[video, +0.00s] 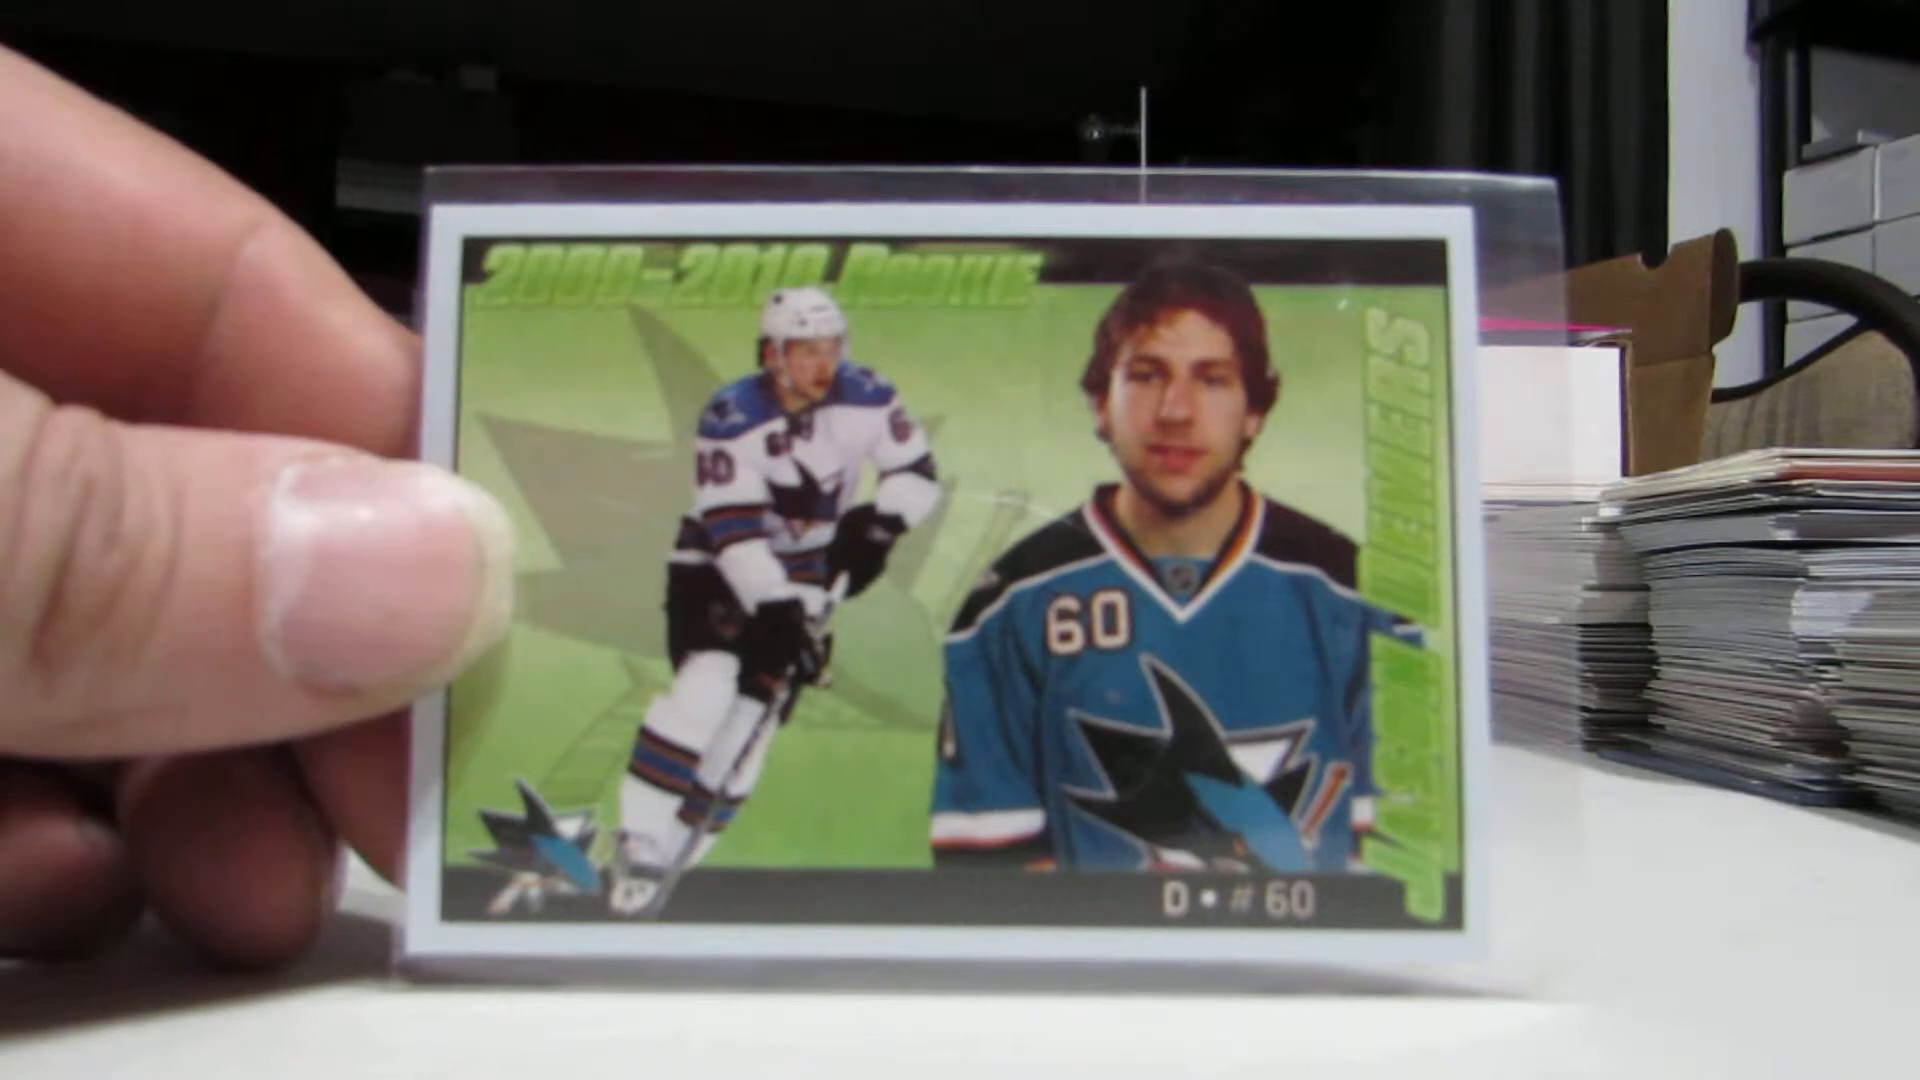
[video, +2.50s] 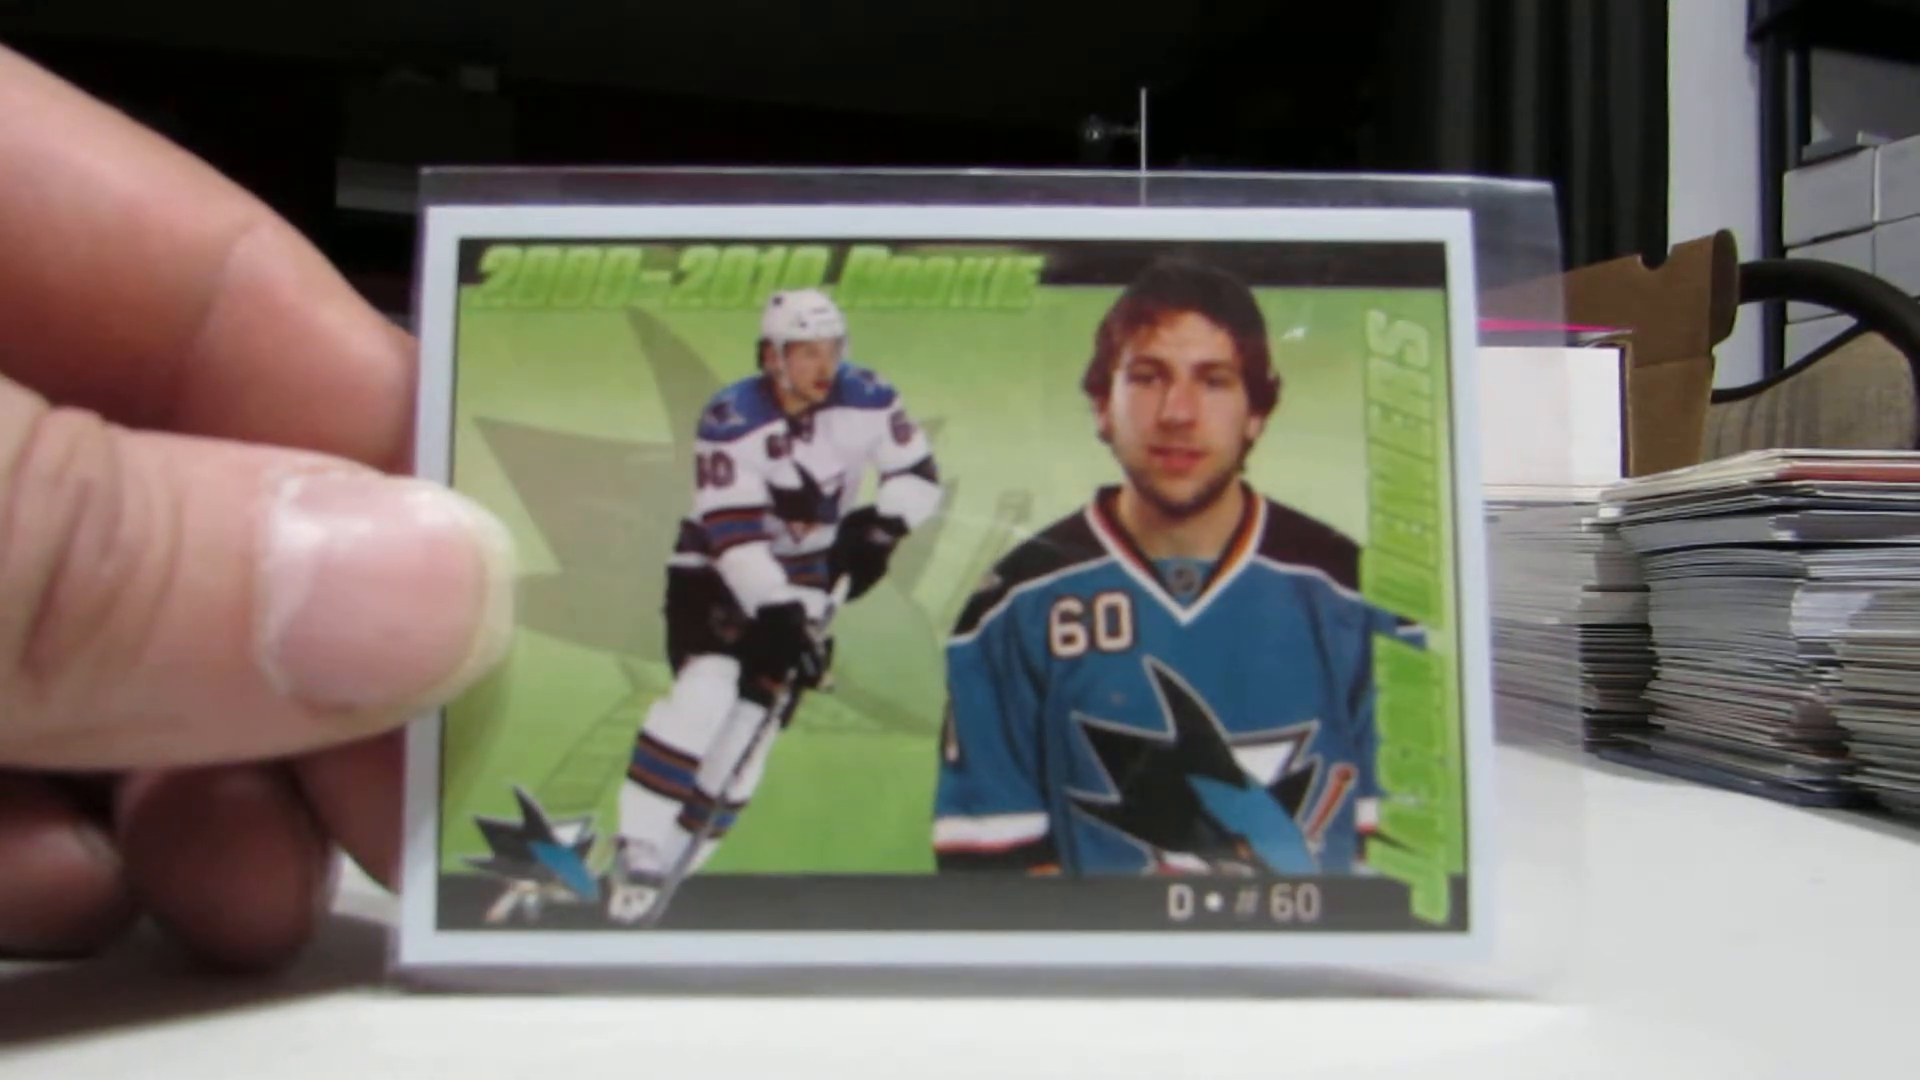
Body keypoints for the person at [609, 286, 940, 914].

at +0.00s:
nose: (822, 365)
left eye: (830, 351)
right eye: (805, 352)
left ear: (842, 350)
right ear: (772, 356)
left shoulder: (867, 399)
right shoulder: (732, 416)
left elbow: (916, 474)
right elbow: (732, 524)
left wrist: (877, 527)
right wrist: (775, 605)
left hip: (806, 573)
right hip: (721, 563)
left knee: (755, 715)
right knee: (709, 681)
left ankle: (680, 853)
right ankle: (642, 842)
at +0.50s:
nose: (822, 364)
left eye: (831, 350)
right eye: (806, 351)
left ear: (842, 350)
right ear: (772, 356)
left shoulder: (867, 398)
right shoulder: (732, 416)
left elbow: (916, 473)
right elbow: (732, 523)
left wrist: (877, 527)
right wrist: (775, 605)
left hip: (807, 573)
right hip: (721, 564)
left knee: (755, 715)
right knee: (709, 681)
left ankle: (681, 851)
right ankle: (642, 840)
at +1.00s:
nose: (828, 368)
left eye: (836, 354)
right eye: (813, 355)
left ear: (846, 354)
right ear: (777, 359)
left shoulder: (870, 403)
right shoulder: (736, 419)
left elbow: (918, 477)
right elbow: (735, 526)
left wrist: (880, 530)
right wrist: (777, 606)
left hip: (808, 578)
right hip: (723, 566)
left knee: (755, 718)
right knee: (711, 682)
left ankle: (676, 860)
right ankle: (641, 848)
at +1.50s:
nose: (825, 367)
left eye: (833, 353)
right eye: (809, 354)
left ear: (843, 352)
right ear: (774, 358)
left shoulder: (867, 401)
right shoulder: (733, 418)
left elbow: (917, 474)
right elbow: (733, 527)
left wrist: (880, 530)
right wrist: (775, 609)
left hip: (807, 578)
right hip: (721, 567)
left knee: (754, 722)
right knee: (708, 687)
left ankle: (678, 861)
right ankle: (642, 851)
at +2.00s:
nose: (824, 366)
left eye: (832, 352)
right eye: (808, 353)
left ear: (842, 352)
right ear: (773, 358)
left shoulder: (868, 401)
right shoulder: (732, 419)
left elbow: (917, 475)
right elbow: (732, 527)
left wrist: (878, 531)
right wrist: (776, 609)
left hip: (807, 578)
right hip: (720, 567)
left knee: (754, 722)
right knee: (708, 687)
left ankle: (680, 860)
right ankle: (640, 849)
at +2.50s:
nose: (824, 366)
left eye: (832, 352)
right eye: (808, 353)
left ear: (842, 352)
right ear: (773, 359)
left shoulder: (868, 401)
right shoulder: (732, 419)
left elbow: (917, 476)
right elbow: (732, 528)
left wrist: (878, 531)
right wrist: (776, 610)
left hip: (806, 578)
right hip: (719, 568)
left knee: (754, 723)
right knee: (708, 686)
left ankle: (679, 861)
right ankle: (641, 849)